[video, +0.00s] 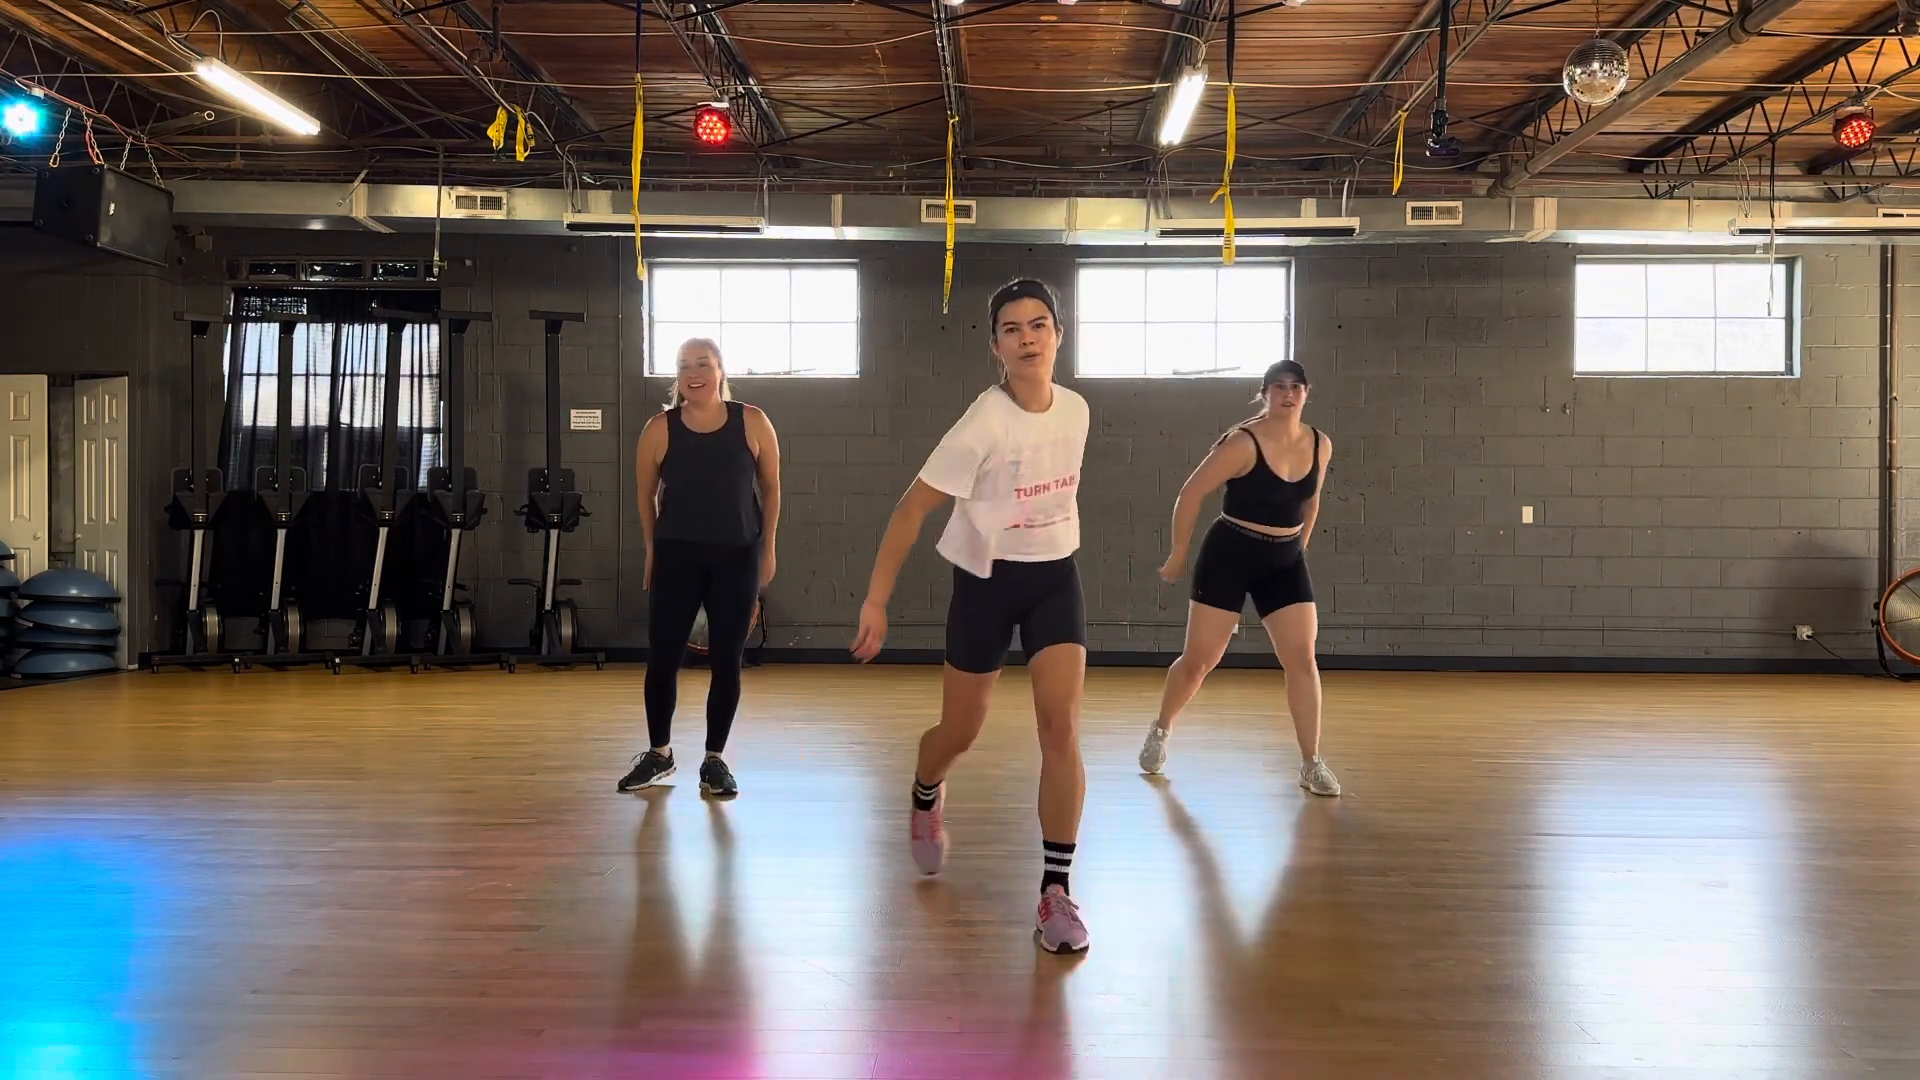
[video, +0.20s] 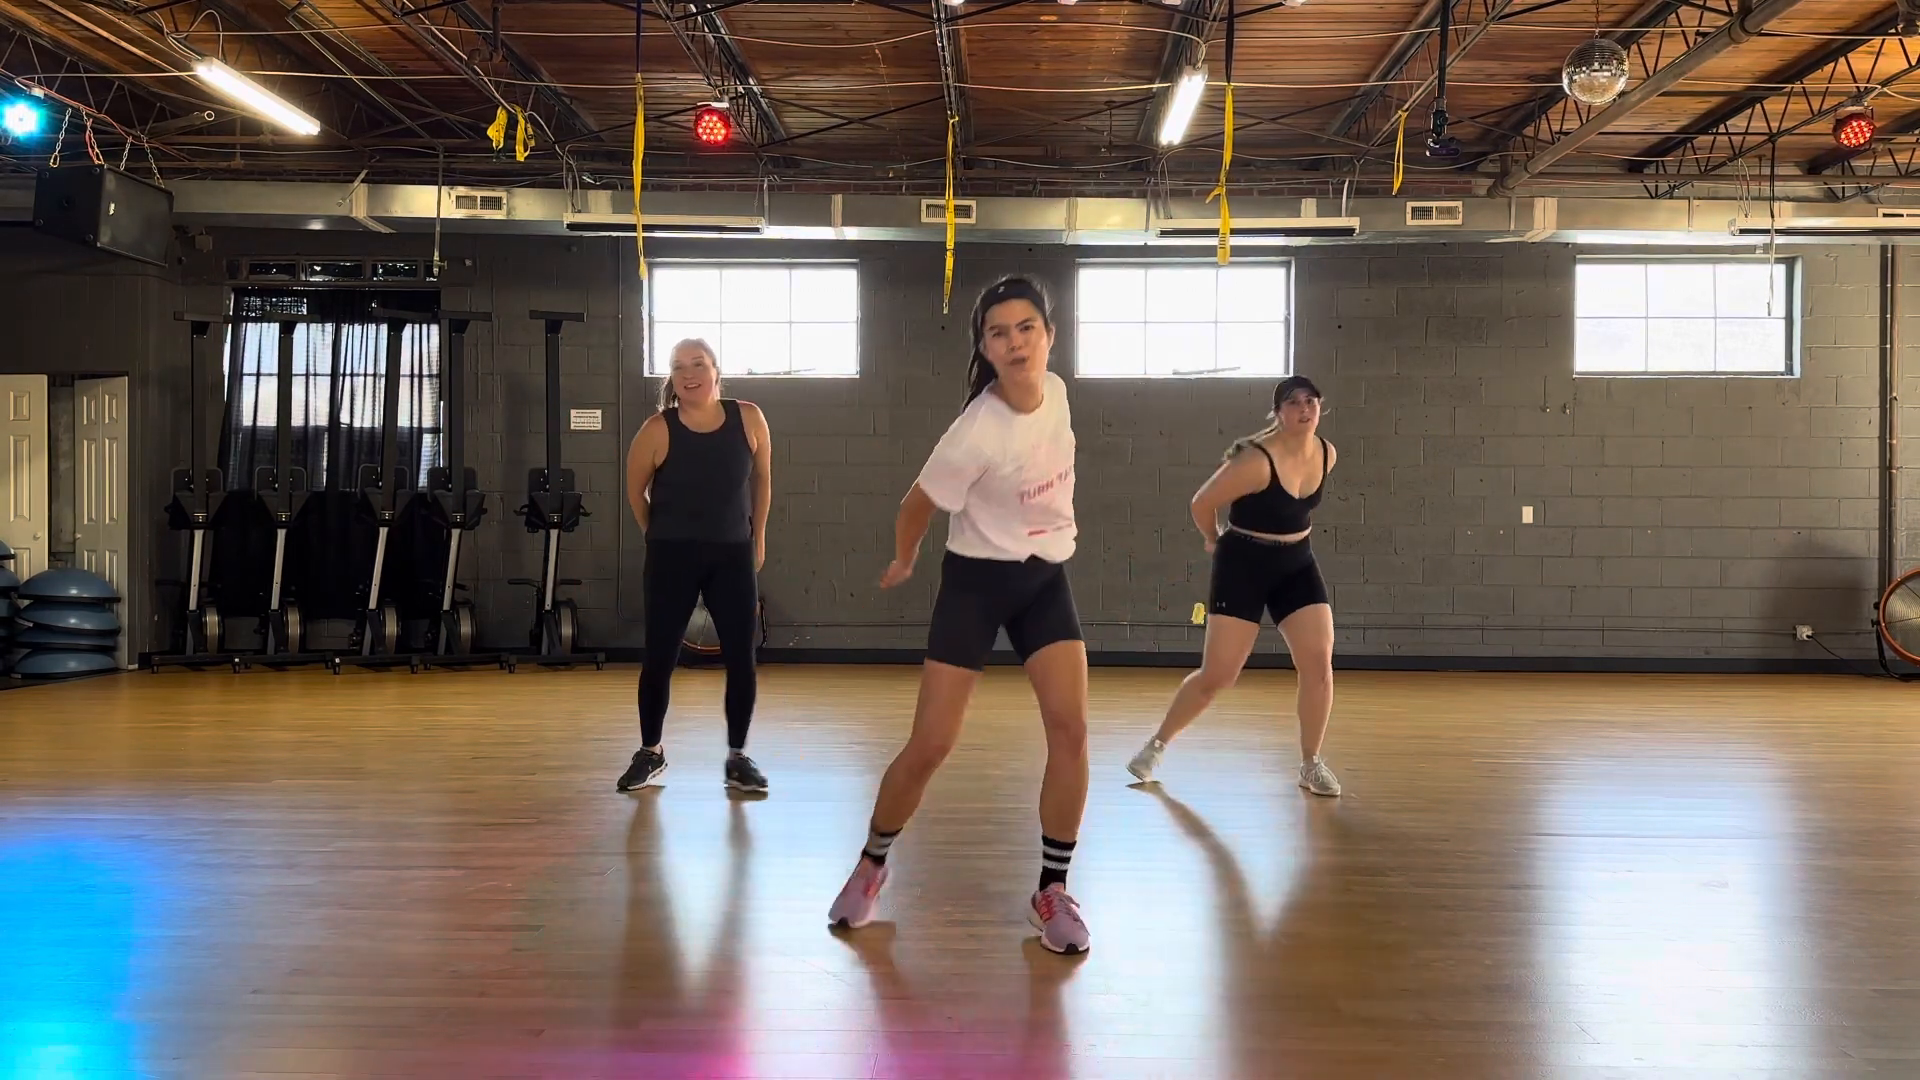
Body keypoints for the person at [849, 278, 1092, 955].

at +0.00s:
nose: (1027, 337)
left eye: (1038, 325)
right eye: (1012, 328)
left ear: (1057, 335)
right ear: (995, 345)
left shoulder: (1076, 411)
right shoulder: (984, 420)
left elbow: (1054, 490)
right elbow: (913, 507)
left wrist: (1040, 553)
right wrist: (876, 603)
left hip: (1055, 577)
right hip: (983, 580)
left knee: (1061, 731)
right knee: (960, 731)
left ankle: (1057, 891)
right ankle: (925, 793)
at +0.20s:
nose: (1015, 341)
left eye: (1026, 327)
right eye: (999, 333)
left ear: (1048, 334)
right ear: (984, 350)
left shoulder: (1057, 393)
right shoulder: (975, 432)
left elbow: (1043, 475)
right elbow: (915, 505)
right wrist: (903, 559)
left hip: (1045, 577)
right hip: (973, 580)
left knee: (1070, 732)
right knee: (930, 745)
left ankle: (1054, 892)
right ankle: (869, 868)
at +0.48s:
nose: (923, 359)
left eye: (940, 347)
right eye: (912, 347)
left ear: (968, 359)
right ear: (897, 356)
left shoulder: (1007, 429)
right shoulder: (880, 431)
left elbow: (1057, 496)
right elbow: (907, 494)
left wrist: (1044, 559)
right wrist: (944, 544)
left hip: (1008, 572)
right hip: (922, 574)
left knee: (1058, 725)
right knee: (859, 716)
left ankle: (1082, 878)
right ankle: (831, 871)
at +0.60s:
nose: (879, 383)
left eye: (897, 372)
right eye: (873, 367)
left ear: (929, 386)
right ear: (861, 370)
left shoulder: (948, 465)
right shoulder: (859, 428)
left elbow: (1024, 523)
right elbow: (901, 502)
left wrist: (1026, 555)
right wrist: (980, 537)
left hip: (979, 587)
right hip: (902, 591)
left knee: (1058, 750)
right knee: (843, 731)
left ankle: (1133, 888)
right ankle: (826, 892)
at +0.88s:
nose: (952, 410)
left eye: (967, 396)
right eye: (938, 395)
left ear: (990, 406)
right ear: (917, 400)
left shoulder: (1015, 474)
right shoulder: (873, 455)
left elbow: (1003, 521)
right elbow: (836, 499)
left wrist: (947, 541)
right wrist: (892, 536)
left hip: (969, 587)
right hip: (881, 593)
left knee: (1052, 719)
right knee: (827, 735)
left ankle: (1125, 873)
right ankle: (810, 883)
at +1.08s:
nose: (1028, 413)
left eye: (1038, 395)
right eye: (1010, 401)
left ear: (1054, 396)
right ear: (984, 413)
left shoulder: (1056, 443)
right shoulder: (956, 491)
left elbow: (1008, 517)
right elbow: (888, 542)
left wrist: (925, 545)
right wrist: (879, 551)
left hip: (1000, 603)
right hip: (920, 599)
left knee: (1056, 738)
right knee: (841, 754)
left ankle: (1072, 905)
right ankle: (741, 878)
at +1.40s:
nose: (941, 411)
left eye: (956, 396)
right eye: (926, 395)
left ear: (979, 401)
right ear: (906, 399)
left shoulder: (1020, 458)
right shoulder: (876, 464)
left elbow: (1059, 495)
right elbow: (884, 512)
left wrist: (1024, 542)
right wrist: (931, 542)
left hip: (1010, 589)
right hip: (920, 590)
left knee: (1069, 730)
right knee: (843, 723)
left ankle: (1116, 887)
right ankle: (805, 878)